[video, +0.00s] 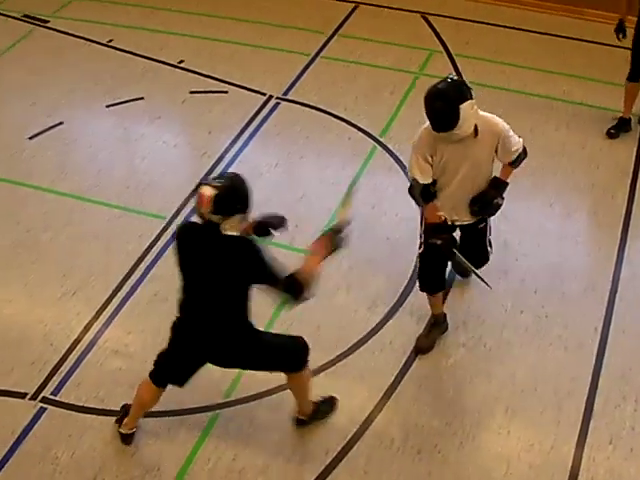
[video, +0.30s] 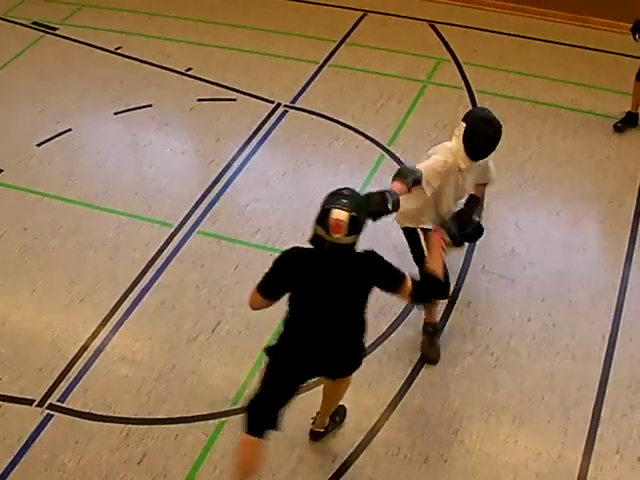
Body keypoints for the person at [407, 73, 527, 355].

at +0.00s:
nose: (456, 134)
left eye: (459, 127)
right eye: (449, 130)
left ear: (469, 113)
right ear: (437, 123)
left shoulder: (493, 128)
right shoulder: (426, 141)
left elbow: (515, 154)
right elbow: (422, 189)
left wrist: (497, 188)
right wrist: (436, 231)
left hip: (475, 213)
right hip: (438, 215)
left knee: (476, 259)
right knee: (431, 272)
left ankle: (460, 262)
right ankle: (438, 319)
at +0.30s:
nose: (477, 156)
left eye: (483, 152)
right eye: (475, 149)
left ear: (488, 148)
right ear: (464, 138)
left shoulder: (480, 160)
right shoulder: (443, 160)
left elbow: (481, 184)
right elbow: (411, 176)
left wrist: (471, 209)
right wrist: (392, 196)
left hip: (442, 214)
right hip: (415, 217)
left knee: (461, 239)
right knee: (436, 278)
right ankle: (430, 324)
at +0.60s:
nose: (455, 126)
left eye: (458, 121)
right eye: (454, 120)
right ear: (446, 117)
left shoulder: (440, 132)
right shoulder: (405, 136)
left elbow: (429, 163)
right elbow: (360, 173)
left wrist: (420, 185)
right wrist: (355, 210)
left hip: (408, 191)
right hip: (380, 201)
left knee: (439, 210)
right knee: (385, 253)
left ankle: (416, 239)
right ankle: (387, 287)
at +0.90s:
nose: (391, 87)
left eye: (389, 81)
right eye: (387, 82)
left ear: (363, 82)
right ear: (379, 86)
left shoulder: (369, 103)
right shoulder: (357, 123)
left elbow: (368, 146)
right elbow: (335, 178)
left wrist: (382, 168)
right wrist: (330, 216)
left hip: (371, 174)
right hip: (350, 191)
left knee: (402, 203)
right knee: (336, 255)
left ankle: (406, 244)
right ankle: (284, 262)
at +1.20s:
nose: (276, 105)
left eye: (280, 99)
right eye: (270, 101)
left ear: (283, 90)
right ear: (258, 93)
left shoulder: (295, 104)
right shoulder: (241, 117)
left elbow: (315, 142)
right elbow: (238, 168)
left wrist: (317, 175)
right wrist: (267, 183)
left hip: (290, 177)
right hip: (253, 186)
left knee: (321, 219)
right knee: (244, 240)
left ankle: (317, 255)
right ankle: (226, 268)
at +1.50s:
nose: (223, 123)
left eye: (227, 117)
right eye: (216, 120)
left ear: (231, 106)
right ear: (202, 114)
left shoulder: (250, 124)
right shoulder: (190, 127)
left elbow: (274, 160)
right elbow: (171, 156)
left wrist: (268, 198)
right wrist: (191, 190)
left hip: (245, 193)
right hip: (206, 196)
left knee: (261, 245)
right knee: (192, 242)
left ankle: (254, 264)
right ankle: (196, 268)